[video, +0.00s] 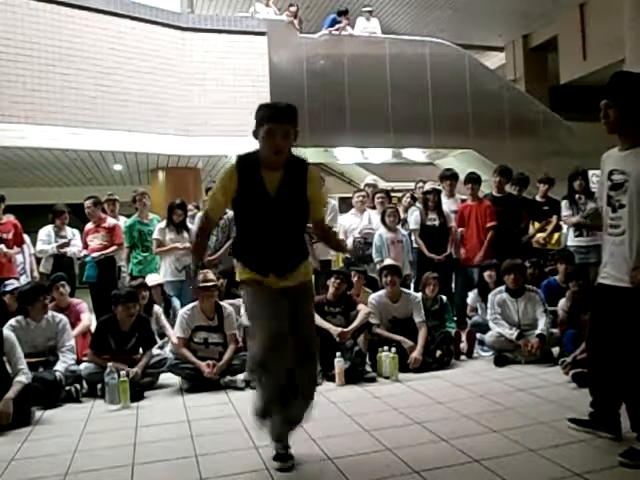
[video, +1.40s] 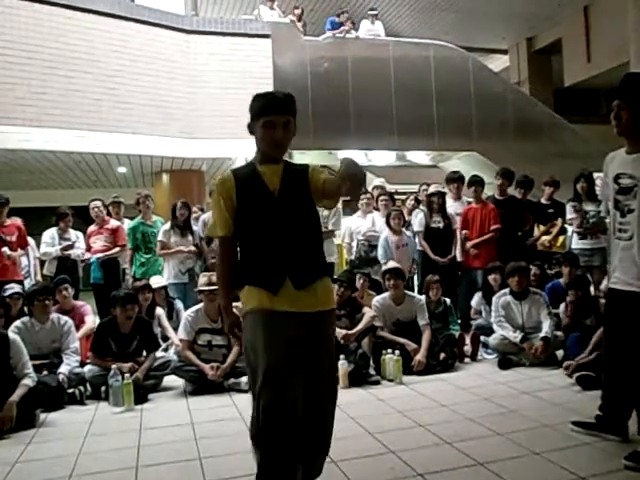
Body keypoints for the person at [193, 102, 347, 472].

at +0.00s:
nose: (279, 140)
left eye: (286, 134)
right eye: (272, 133)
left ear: (295, 137)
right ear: (257, 134)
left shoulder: (307, 175)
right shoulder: (238, 173)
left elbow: (318, 223)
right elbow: (208, 218)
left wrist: (335, 243)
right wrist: (197, 264)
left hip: (297, 275)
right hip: (256, 276)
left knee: (304, 357)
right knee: (267, 346)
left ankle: (282, 434)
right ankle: (267, 400)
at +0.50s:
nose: (267, 143)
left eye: (274, 136)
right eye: (260, 135)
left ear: (283, 141)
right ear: (246, 142)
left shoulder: (300, 184)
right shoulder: (228, 190)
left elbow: (331, 219)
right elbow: (211, 243)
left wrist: (325, 250)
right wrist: (234, 232)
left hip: (300, 300)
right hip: (253, 304)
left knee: (315, 385)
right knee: (263, 393)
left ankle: (294, 438)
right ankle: (273, 467)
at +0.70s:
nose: (266, 152)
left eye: (272, 145)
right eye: (258, 145)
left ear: (281, 148)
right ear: (242, 149)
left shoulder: (297, 190)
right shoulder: (226, 191)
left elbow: (330, 230)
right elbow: (219, 223)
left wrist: (326, 275)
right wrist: (242, 175)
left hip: (295, 298)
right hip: (248, 306)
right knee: (263, 396)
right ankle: (274, 467)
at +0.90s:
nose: (263, 148)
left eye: (267, 141)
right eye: (254, 142)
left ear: (275, 147)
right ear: (237, 149)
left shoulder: (295, 193)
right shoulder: (229, 197)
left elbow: (325, 235)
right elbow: (209, 218)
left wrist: (334, 273)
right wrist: (231, 177)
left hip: (305, 303)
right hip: (257, 309)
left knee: (321, 394)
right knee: (265, 395)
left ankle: (312, 470)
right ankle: (273, 465)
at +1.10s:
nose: (278, 136)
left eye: (285, 129)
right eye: (269, 129)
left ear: (294, 134)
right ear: (253, 134)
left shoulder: (308, 181)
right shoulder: (232, 185)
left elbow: (341, 218)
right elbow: (215, 244)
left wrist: (342, 189)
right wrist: (215, 295)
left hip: (300, 289)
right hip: (257, 288)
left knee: (311, 391)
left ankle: (303, 472)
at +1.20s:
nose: (277, 137)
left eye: (285, 130)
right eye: (268, 130)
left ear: (294, 136)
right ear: (252, 137)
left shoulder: (311, 180)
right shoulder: (233, 187)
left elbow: (345, 205)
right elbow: (220, 249)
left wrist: (351, 189)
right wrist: (216, 308)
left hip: (306, 288)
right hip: (259, 285)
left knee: (319, 395)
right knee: (274, 307)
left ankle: (299, 470)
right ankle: (291, 392)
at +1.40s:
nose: (279, 134)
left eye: (286, 126)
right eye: (270, 125)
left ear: (295, 130)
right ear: (252, 129)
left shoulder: (309, 175)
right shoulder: (231, 184)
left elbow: (346, 189)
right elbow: (225, 247)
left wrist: (351, 171)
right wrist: (227, 303)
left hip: (316, 304)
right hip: (265, 306)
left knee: (319, 397)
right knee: (273, 399)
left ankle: (308, 473)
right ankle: (273, 478)